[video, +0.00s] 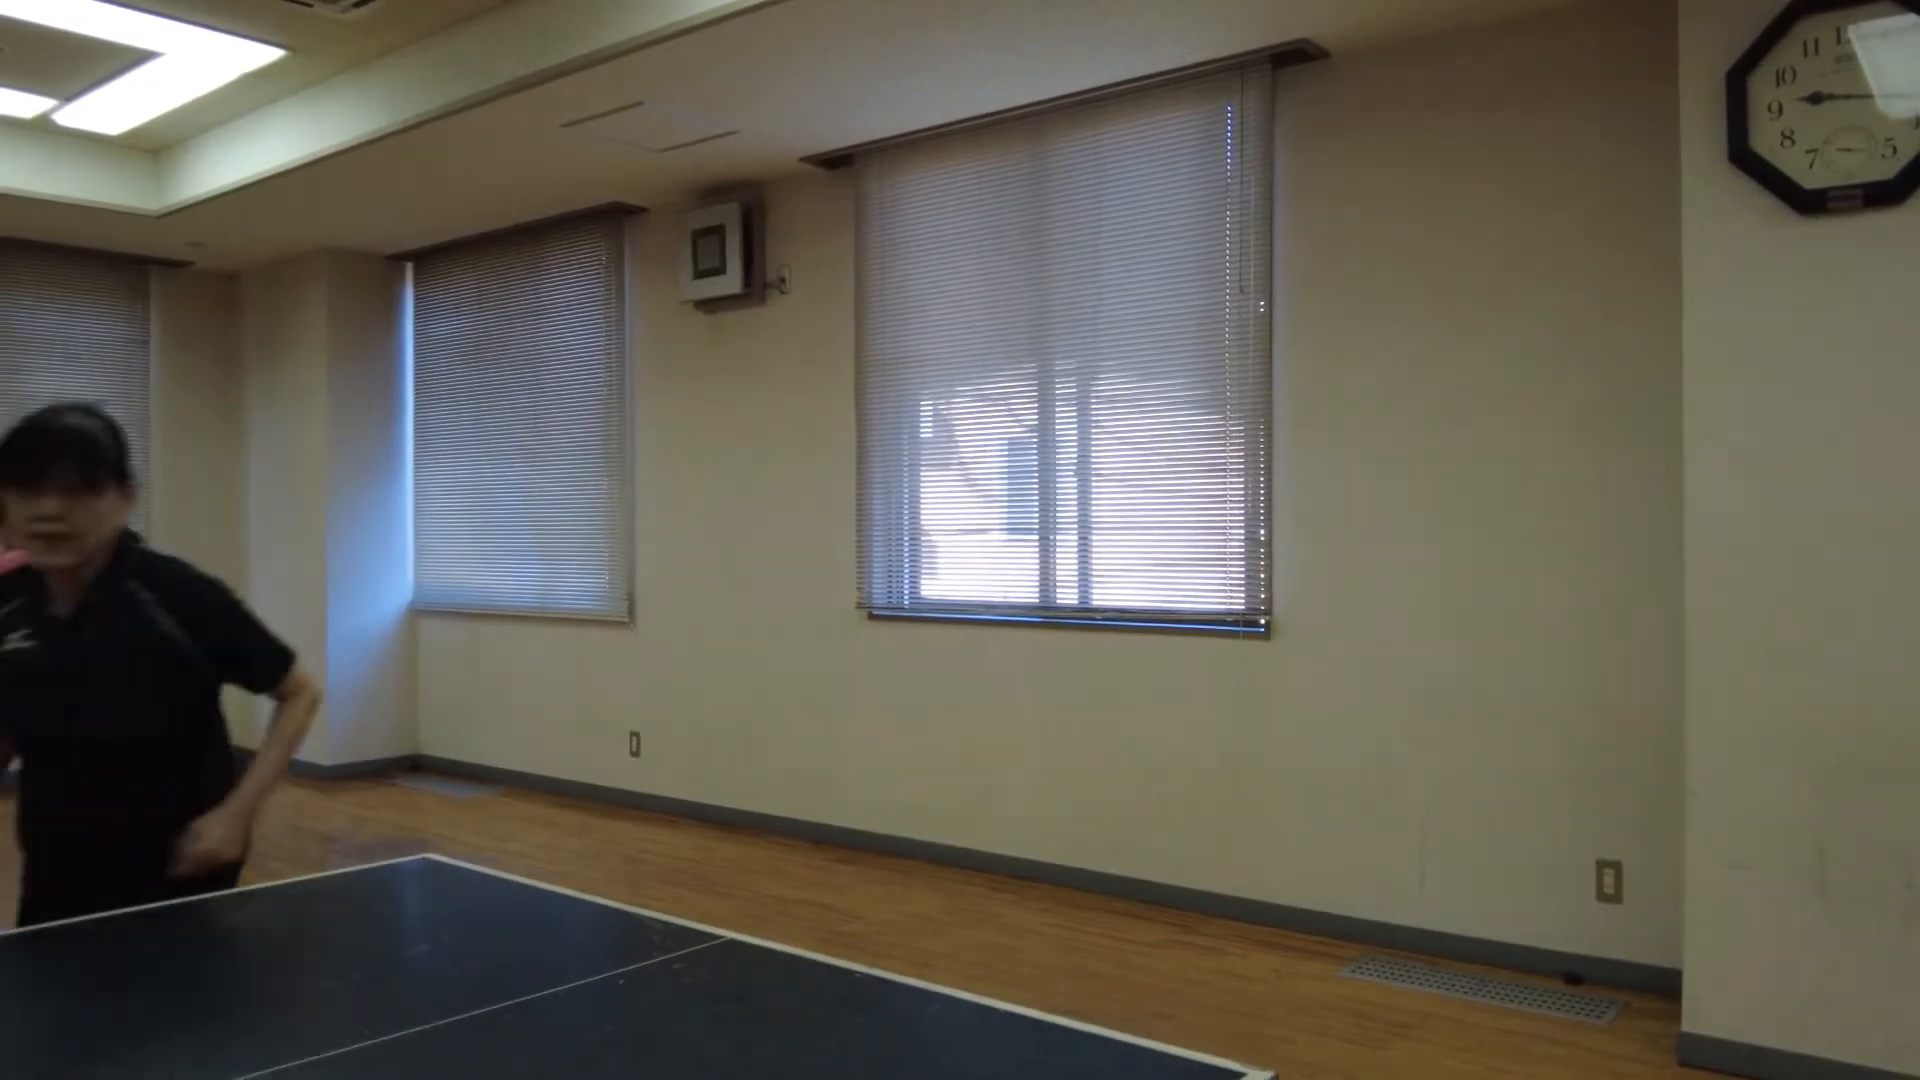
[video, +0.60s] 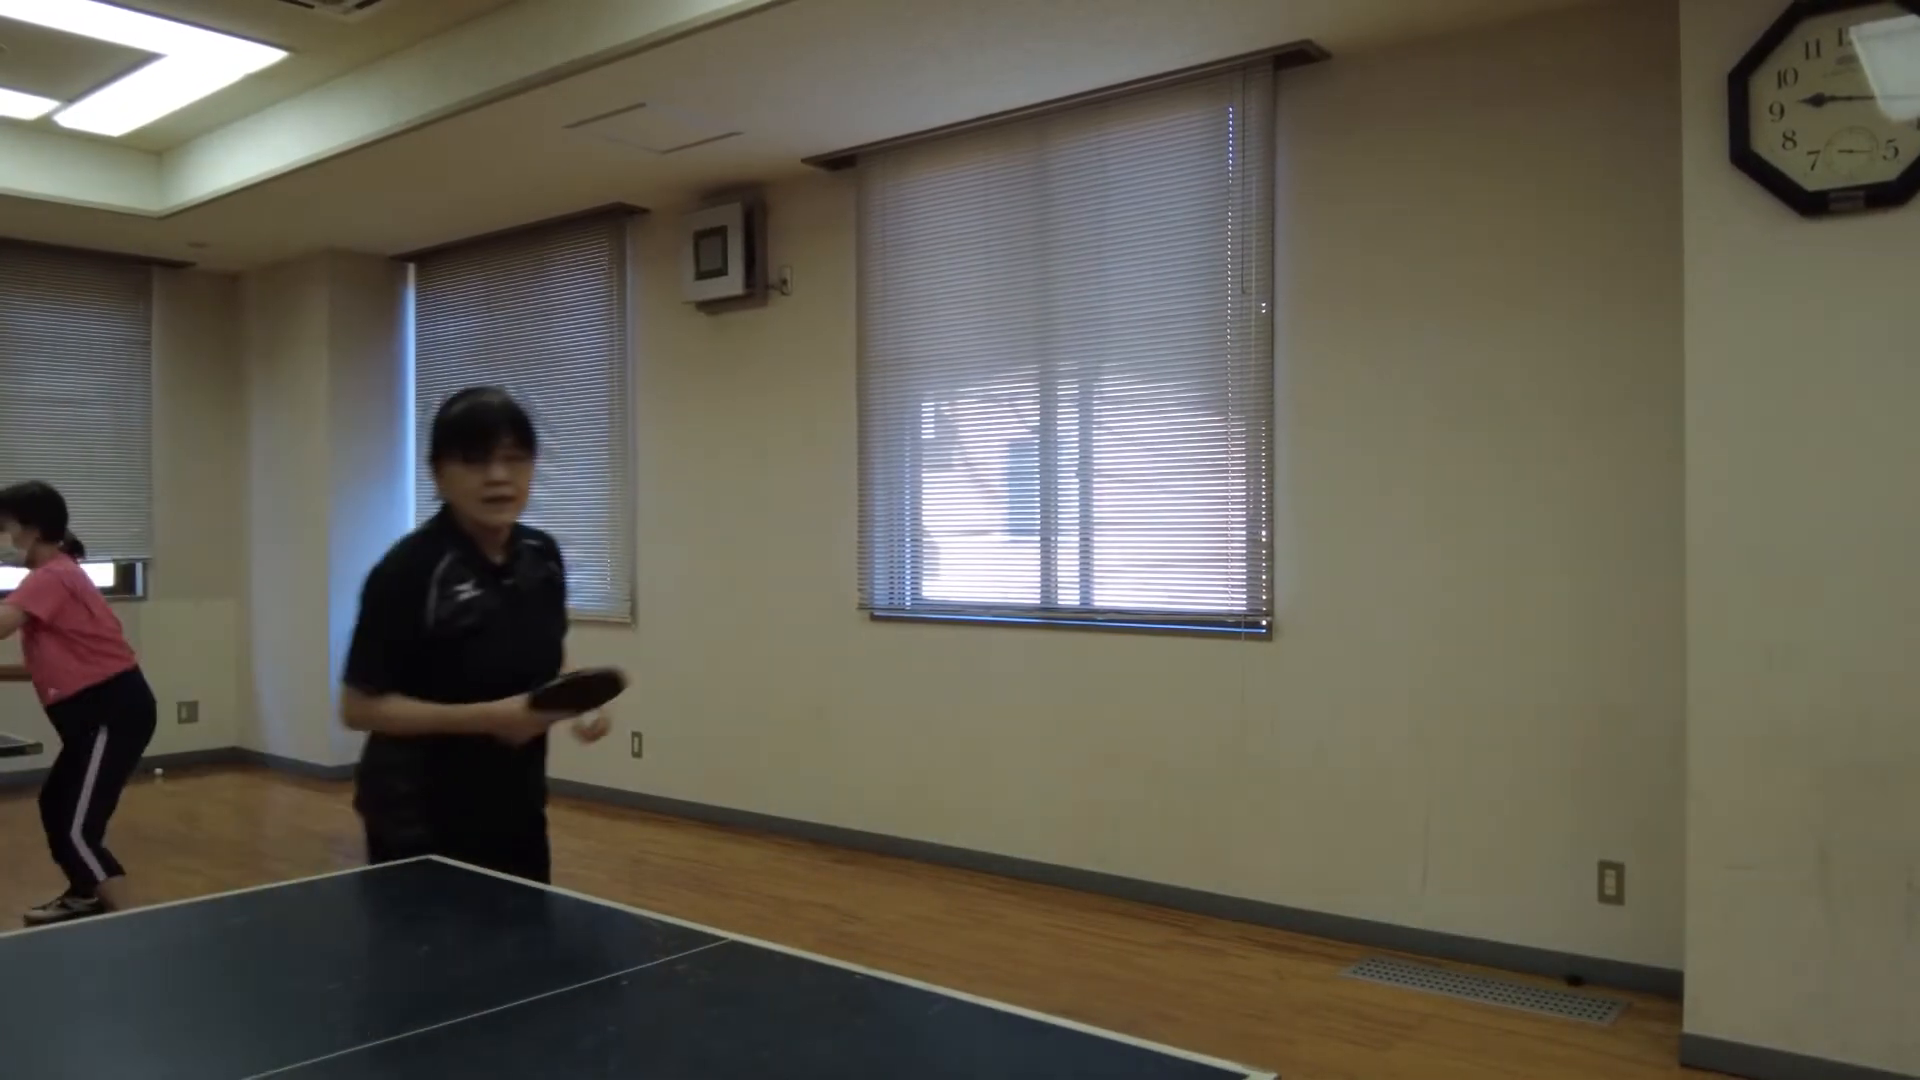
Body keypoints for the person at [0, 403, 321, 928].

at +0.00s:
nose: (49, 509)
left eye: (77, 489)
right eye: (29, 490)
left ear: (124, 499)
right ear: (4, 505)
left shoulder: (174, 594)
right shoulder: (12, 608)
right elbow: (12, 738)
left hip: (175, 894)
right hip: (58, 892)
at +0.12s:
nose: (140, 490)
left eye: (165, 472)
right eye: (119, 472)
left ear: (203, 481)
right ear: (94, 485)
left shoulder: (252, 578)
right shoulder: (63, 590)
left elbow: (347, 670)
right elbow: (42, 712)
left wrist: (312, 782)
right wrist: (17, 807)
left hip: (235, 872)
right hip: (110, 873)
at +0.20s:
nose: (201, 483)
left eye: (225, 464)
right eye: (181, 464)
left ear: (259, 475)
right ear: (153, 476)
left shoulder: (304, 574)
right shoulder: (117, 580)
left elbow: (378, 666)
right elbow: (78, 689)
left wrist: (345, 771)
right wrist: (78, 769)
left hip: (277, 856)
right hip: (152, 855)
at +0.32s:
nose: (301, 480)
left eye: (320, 465)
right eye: (280, 464)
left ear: (347, 479)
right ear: (250, 480)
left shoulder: (390, 579)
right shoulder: (205, 581)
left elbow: (430, 670)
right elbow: (150, 689)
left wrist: (410, 755)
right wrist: (183, 747)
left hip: (354, 848)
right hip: (233, 849)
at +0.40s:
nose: (368, 485)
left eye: (387, 469)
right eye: (347, 470)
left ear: (409, 483)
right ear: (316, 488)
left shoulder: (445, 578)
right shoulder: (275, 588)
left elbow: (472, 677)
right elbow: (214, 704)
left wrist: (463, 748)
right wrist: (280, 747)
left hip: (417, 843)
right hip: (302, 848)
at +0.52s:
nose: (455, 483)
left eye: (472, 466)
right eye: (433, 468)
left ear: (491, 478)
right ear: (398, 482)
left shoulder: (507, 570)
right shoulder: (362, 584)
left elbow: (517, 679)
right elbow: (307, 713)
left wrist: (543, 726)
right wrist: (426, 740)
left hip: (488, 824)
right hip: (385, 833)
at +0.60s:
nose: (498, 476)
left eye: (514, 459)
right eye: (475, 460)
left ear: (532, 468)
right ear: (438, 472)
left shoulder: (541, 558)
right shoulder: (405, 573)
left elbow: (548, 655)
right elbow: (358, 706)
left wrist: (579, 705)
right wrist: (487, 718)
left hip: (513, 809)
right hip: (419, 816)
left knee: (520, 951)